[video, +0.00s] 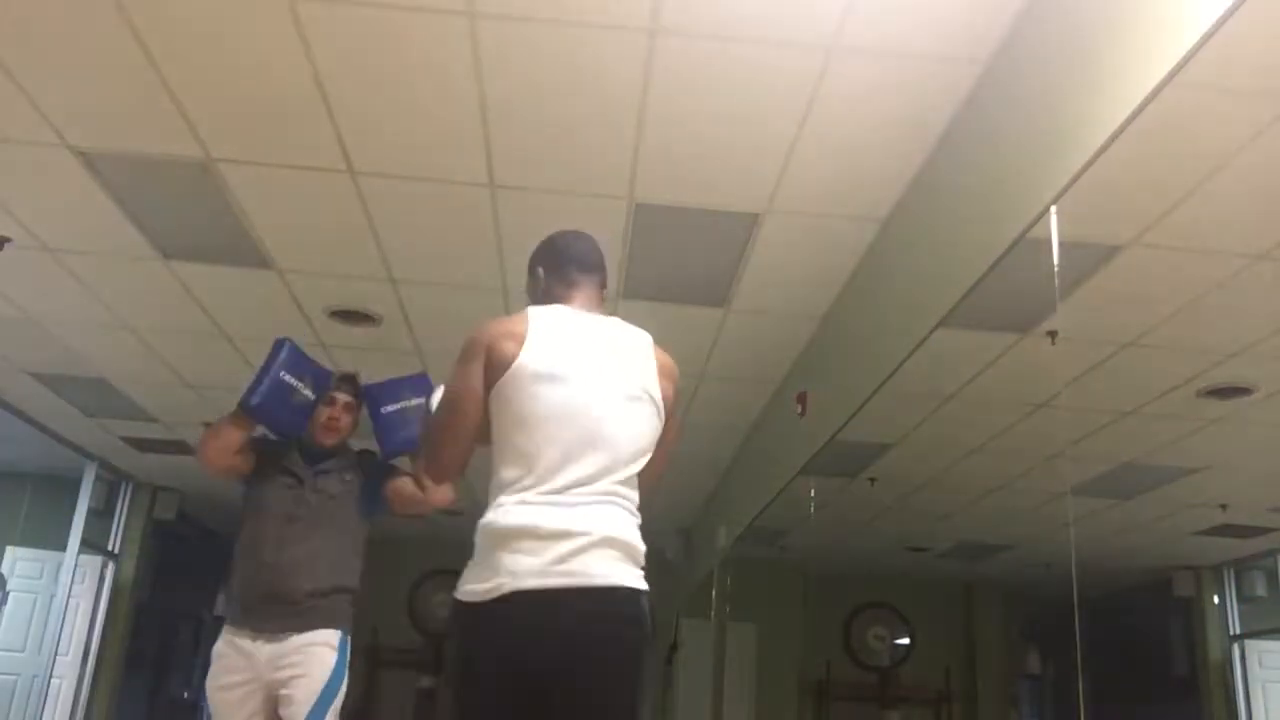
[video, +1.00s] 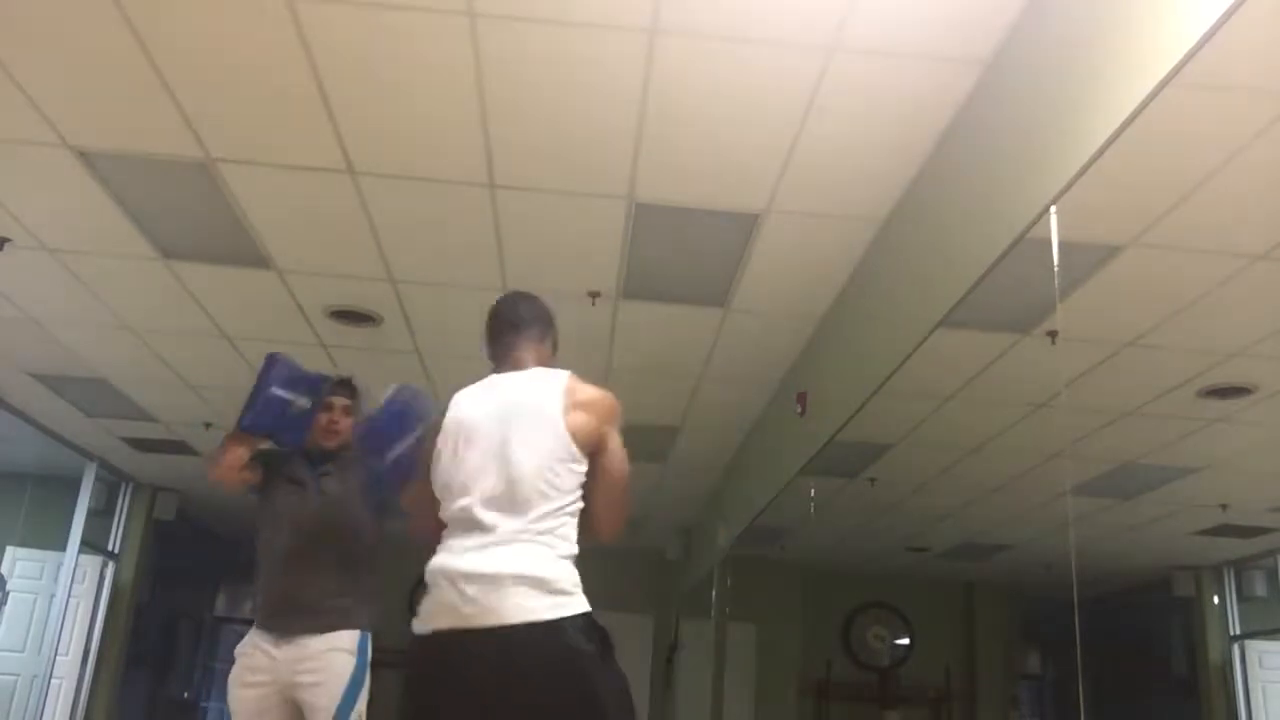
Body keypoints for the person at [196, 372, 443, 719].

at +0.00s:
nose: (335, 414)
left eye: (347, 408)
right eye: (328, 402)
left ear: (356, 422)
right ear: (307, 407)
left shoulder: (365, 471)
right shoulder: (268, 456)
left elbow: (438, 496)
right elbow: (213, 455)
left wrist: (415, 435)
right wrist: (260, 403)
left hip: (315, 642)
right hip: (242, 638)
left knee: (307, 711)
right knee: (225, 711)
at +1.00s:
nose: (334, 418)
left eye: (345, 412)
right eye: (326, 408)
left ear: (356, 424)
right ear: (309, 416)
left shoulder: (370, 471)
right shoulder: (277, 466)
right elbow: (221, 475)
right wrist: (258, 421)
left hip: (334, 646)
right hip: (264, 644)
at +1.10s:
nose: (319, 424)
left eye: (331, 416)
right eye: (309, 414)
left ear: (341, 427)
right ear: (293, 421)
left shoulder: (357, 476)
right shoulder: (266, 472)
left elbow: (405, 533)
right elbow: (202, 495)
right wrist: (237, 431)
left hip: (328, 648)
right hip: (258, 646)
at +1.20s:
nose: (316, 423)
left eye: (328, 416)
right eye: (307, 413)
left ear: (337, 427)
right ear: (290, 420)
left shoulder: (357, 475)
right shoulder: (261, 472)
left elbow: (400, 546)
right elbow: (192, 508)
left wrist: (358, 560)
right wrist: (232, 438)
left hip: (330, 644)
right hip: (259, 643)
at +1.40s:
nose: (344, 422)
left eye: (355, 416)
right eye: (336, 411)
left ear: (362, 427)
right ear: (317, 418)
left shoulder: (376, 476)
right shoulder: (279, 469)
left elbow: (415, 548)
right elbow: (211, 536)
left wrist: (389, 600)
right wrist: (246, 471)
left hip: (335, 641)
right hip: (265, 640)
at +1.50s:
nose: (367, 429)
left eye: (378, 424)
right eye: (360, 418)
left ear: (385, 436)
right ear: (340, 423)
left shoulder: (394, 484)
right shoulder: (297, 472)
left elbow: (429, 560)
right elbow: (231, 547)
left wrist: (397, 606)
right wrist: (260, 517)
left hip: (348, 646)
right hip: (276, 643)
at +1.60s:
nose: (393, 437)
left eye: (405, 433)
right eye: (387, 426)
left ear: (411, 445)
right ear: (367, 429)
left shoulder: (418, 496)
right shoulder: (320, 478)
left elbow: (447, 576)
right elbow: (260, 553)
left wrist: (407, 620)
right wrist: (286, 534)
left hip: (368, 661)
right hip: (295, 652)